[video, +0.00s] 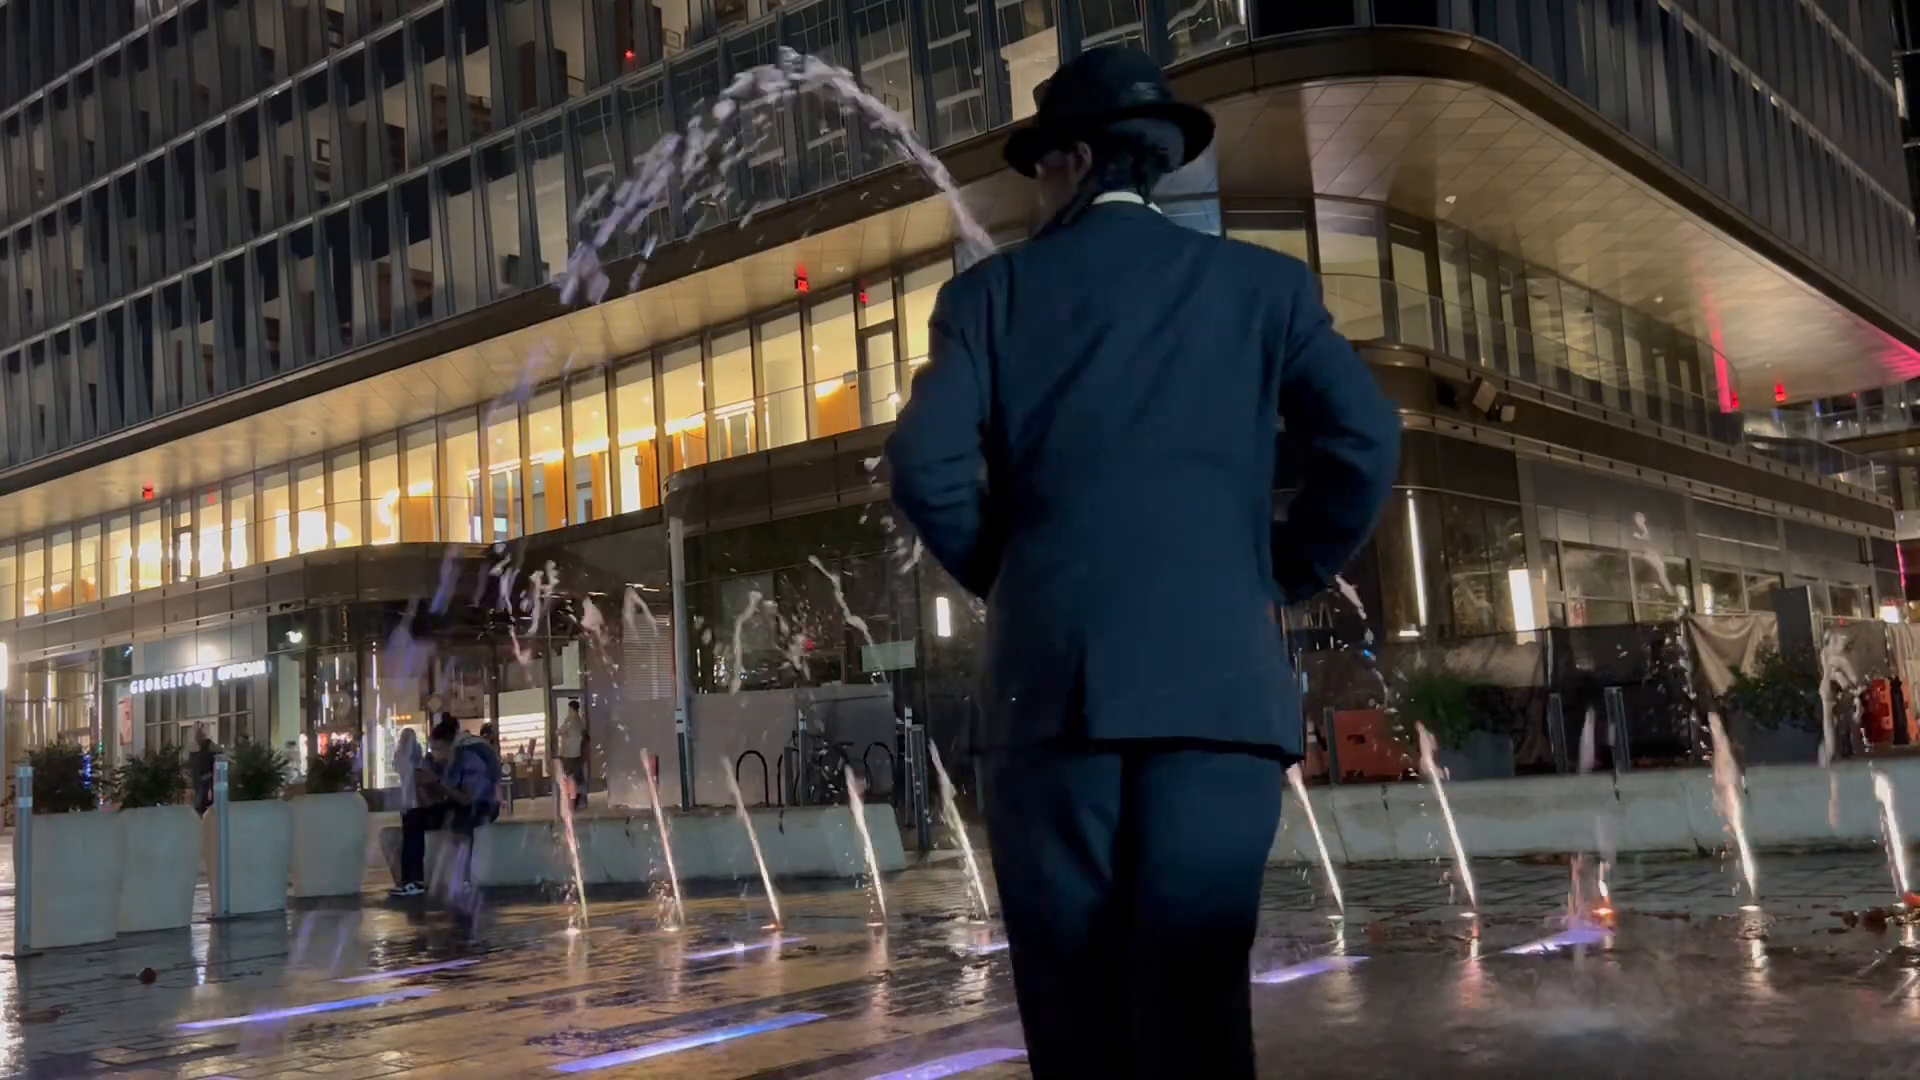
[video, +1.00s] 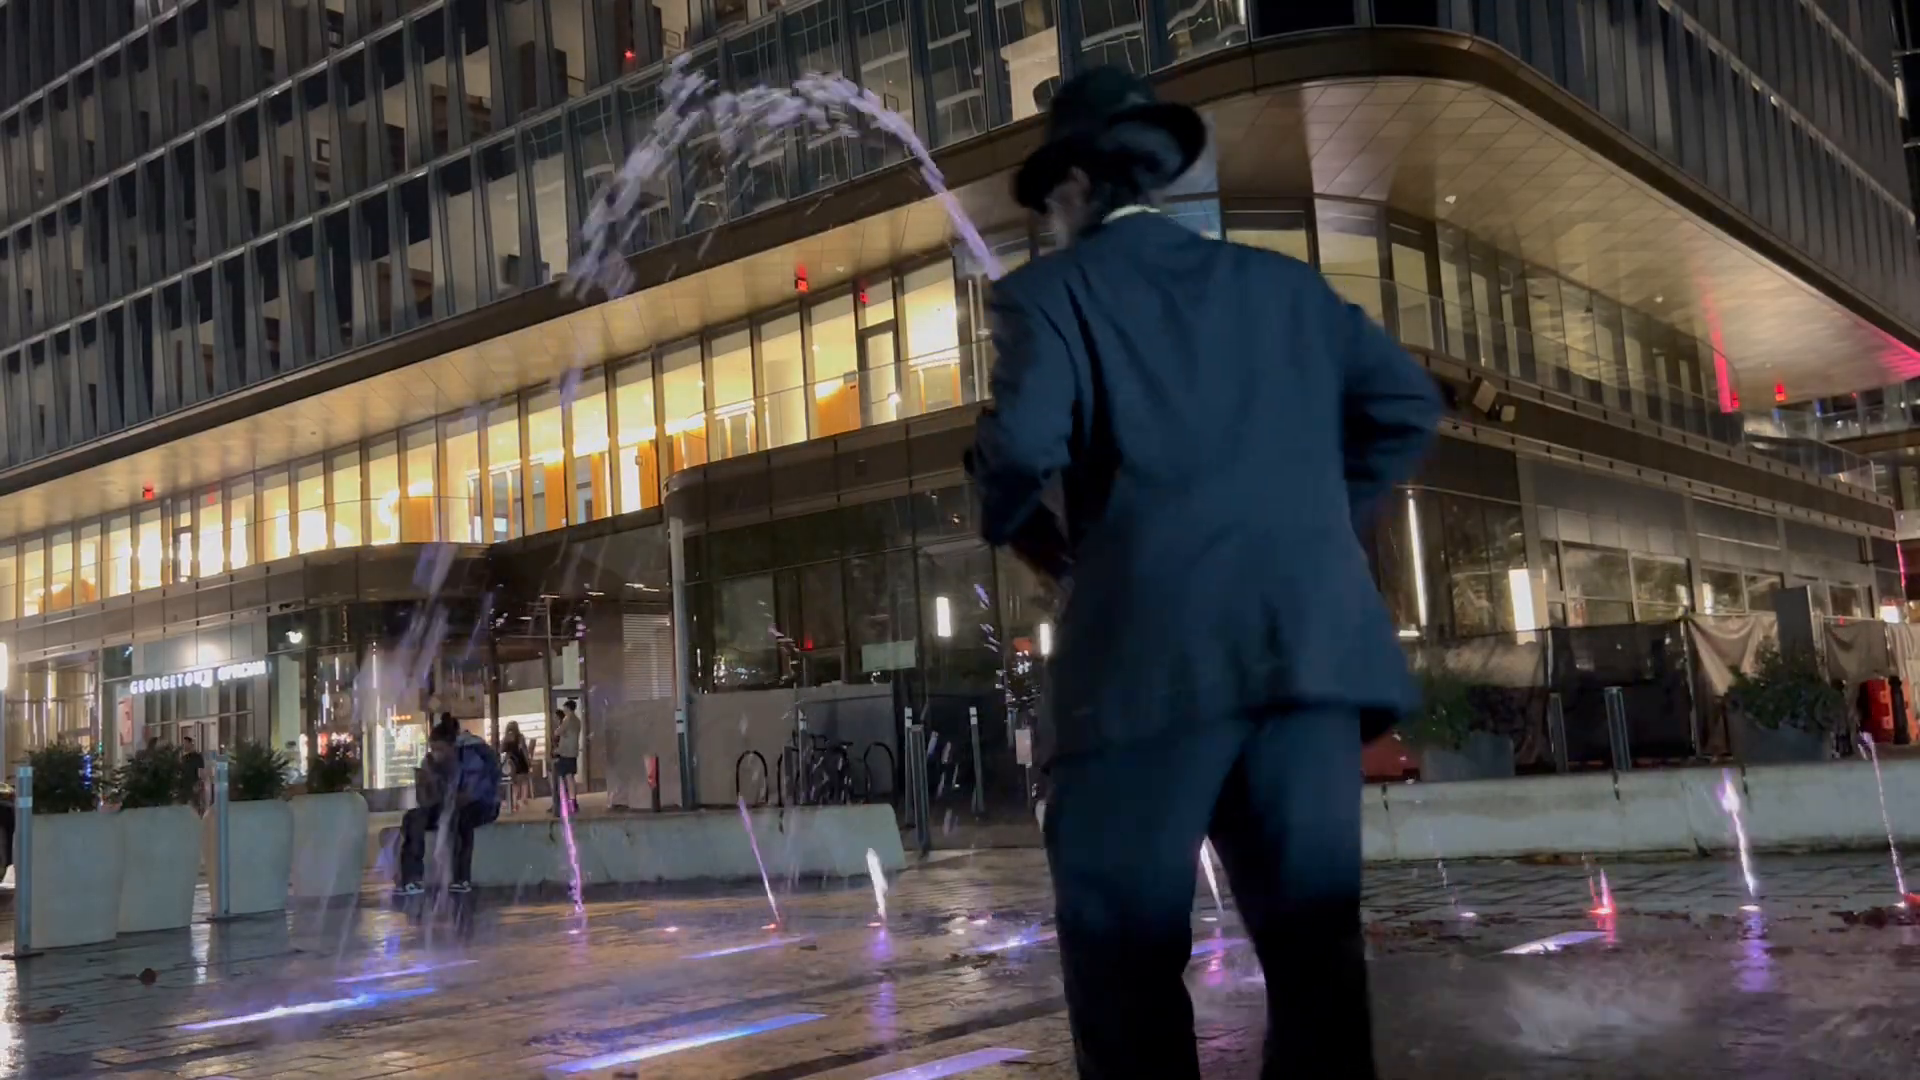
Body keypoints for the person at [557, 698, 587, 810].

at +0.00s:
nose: (569, 711)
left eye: (570, 709)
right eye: (569, 709)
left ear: (571, 709)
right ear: (577, 709)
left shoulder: (570, 720)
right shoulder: (581, 721)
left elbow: (563, 731)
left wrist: (558, 732)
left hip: (569, 754)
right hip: (577, 754)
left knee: (571, 778)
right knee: (578, 778)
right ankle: (581, 799)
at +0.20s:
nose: (568, 711)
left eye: (569, 709)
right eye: (569, 709)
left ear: (570, 709)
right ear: (577, 709)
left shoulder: (569, 722)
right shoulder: (580, 721)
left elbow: (559, 732)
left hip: (566, 754)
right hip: (576, 753)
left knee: (565, 777)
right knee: (575, 776)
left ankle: (572, 799)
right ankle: (579, 798)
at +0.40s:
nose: (566, 711)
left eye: (567, 709)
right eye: (567, 709)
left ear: (570, 709)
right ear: (577, 709)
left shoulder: (569, 722)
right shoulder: (578, 721)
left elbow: (558, 732)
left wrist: (561, 720)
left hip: (565, 753)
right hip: (574, 753)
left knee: (562, 776)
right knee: (572, 776)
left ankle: (570, 798)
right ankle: (574, 798)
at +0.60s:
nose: (567, 710)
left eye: (568, 708)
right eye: (568, 708)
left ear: (571, 708)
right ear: (576, 708)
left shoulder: (572, 721)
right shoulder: (578, 721)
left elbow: (561, 732)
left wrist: (557, 733)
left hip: (567, 753)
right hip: (573, 752)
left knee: (569, 778)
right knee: (570, 778)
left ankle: (572, 801)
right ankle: (577, 798)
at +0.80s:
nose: (565, 710)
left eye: (566, 708)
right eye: (566, 708)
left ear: (568, 708)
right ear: (575, 708)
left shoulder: (570, 719)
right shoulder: (577, 720)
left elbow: (562, 731)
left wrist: (556, 733)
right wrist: (561, 731)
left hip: (567, 753)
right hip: (573, 753)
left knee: (568, 778)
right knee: (571, 777)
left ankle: (572, 800)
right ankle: (575, 797)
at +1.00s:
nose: (564, 711)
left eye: (565, 709)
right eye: (564, 709)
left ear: (567, 709)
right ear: (573, 709)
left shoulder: (567, 720)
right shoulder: (577, 720)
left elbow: (558, 732)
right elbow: (573, 735)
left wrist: (559, 727)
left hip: (564, 753)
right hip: (573, 752)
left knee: (560, 779)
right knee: (571, 778)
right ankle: (573, 801)